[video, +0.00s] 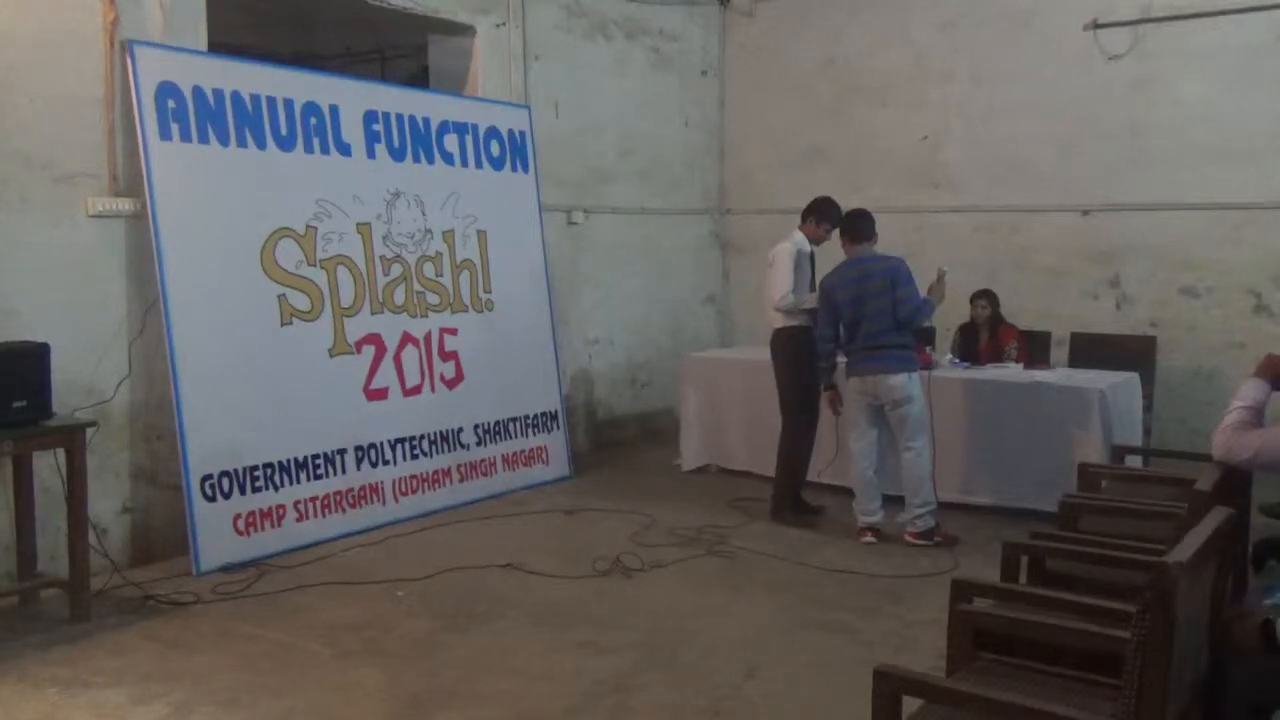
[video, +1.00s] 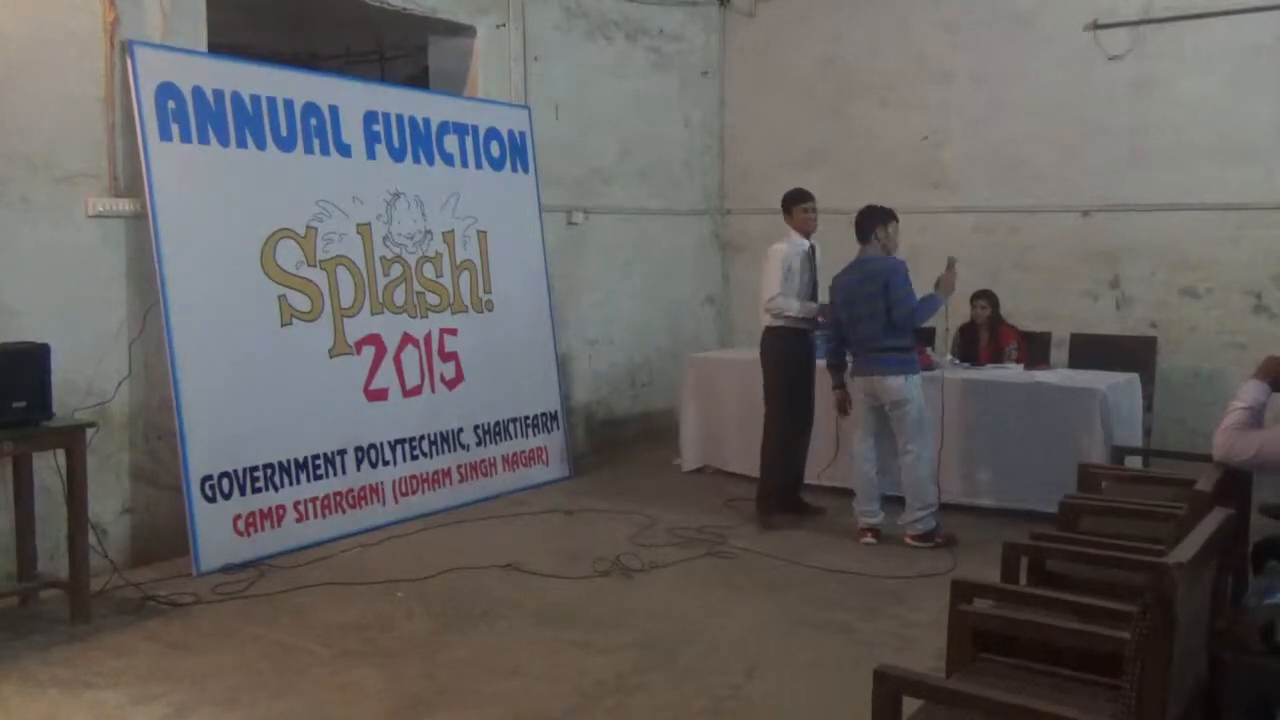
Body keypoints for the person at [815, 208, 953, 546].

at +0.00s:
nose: (843, 245)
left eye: (842, 240)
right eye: (871, 237)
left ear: (843, 241)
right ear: (876, 237)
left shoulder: (832, 281)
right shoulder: (894, 267)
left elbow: (826, 338)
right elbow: (912, 317)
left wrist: (828, 384)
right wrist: (933, 299)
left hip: (858, 375)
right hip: (898, 374)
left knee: (862, 451)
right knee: (914, 446)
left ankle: (868, 524)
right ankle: (920, 524)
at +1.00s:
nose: (897, 239)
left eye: (897, 232)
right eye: (895, 232)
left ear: (864, 235)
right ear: (881, 233)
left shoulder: (841, 280)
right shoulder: (893, 269)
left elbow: (834, 337)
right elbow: (909, 317)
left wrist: (838, 384)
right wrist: (940, 293)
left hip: (863, 376)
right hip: (898, 374)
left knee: (865, 448)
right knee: (915, 447)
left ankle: (867, 524)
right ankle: (919, 526)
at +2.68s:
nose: (1021, 235)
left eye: (1024, 229)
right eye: (1014, 228)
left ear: (1023, 233)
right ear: (992, 230)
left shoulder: (1010, 275)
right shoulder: (976, 276)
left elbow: (1016, 335)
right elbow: (987, 328)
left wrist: (1025, 382)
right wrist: (1021, 286)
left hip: (1016, 382)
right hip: (993, 382)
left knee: (1010, 463)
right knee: (993, 459)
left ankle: (1006, 532)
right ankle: (936, 515)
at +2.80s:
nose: (1029, 236)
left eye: (1033, 229)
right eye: (1022, 228)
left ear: (1035, 233)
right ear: (1001, 230)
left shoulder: (1024, 276)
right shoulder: (985, 274)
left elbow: (1029, 336)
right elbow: (988, 328)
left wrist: (1039, 383)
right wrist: (1026, 287)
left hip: (1024, 380)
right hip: (997, 380)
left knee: (1017, 464)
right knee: (1004, 459)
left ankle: (1005, 533)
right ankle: (958, 512)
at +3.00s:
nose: (1041, 235)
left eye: (1045, 229)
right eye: (1033, 227)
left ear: (1046, 233)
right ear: (1013, 230)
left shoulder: (1036, 278)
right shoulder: (993, 273)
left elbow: (1046, 338)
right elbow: (989, 325)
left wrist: (1058, 385)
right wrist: (1034, 283)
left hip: (1030, 384)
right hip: (1003, 381)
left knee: (1024, 465)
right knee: (1015, 464)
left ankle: (1012, 536)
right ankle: (1004, 540)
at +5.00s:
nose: (1076, 234)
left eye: (1082, 227)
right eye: (1068, 226)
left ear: (1088, 232)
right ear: (1050, 229)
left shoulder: (1087, 278)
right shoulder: (1026, 278)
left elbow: (1093, 335)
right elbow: (1004, 328)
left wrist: (1106, 387)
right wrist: (1052, 325)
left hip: (1080, 395)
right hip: (1039, 393)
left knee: (1086, 477)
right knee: (1039, 480)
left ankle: (1080, 550)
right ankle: (1034, 551)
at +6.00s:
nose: (1015, 239)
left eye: (1023, 232)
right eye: (1012, 232)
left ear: (1046, 233)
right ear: (1008, 232)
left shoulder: (1071, 278)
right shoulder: (995, 278)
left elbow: (1085, 333)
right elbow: (979, 324)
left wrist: (1090, 381)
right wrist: (995, 325)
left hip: (1056, 386)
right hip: (1012, 385)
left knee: (1053, 459)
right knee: (1010, 457)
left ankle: (1051, 522)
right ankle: (1013, 521)